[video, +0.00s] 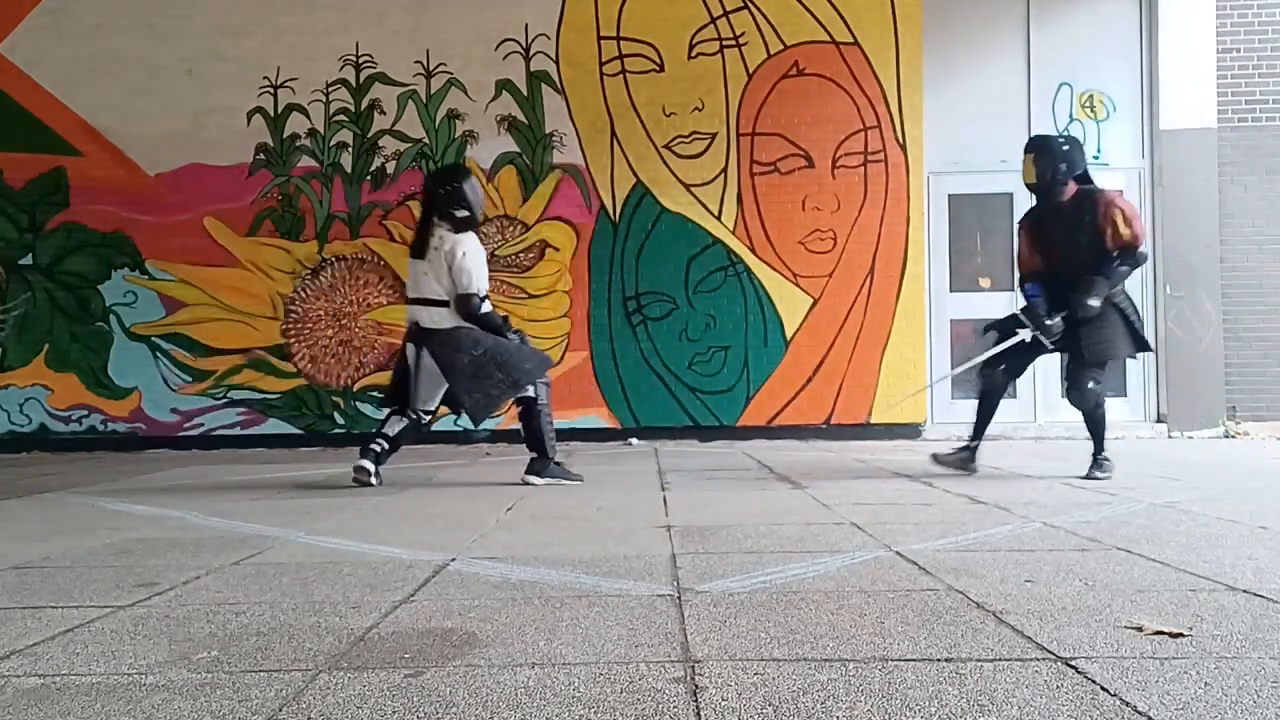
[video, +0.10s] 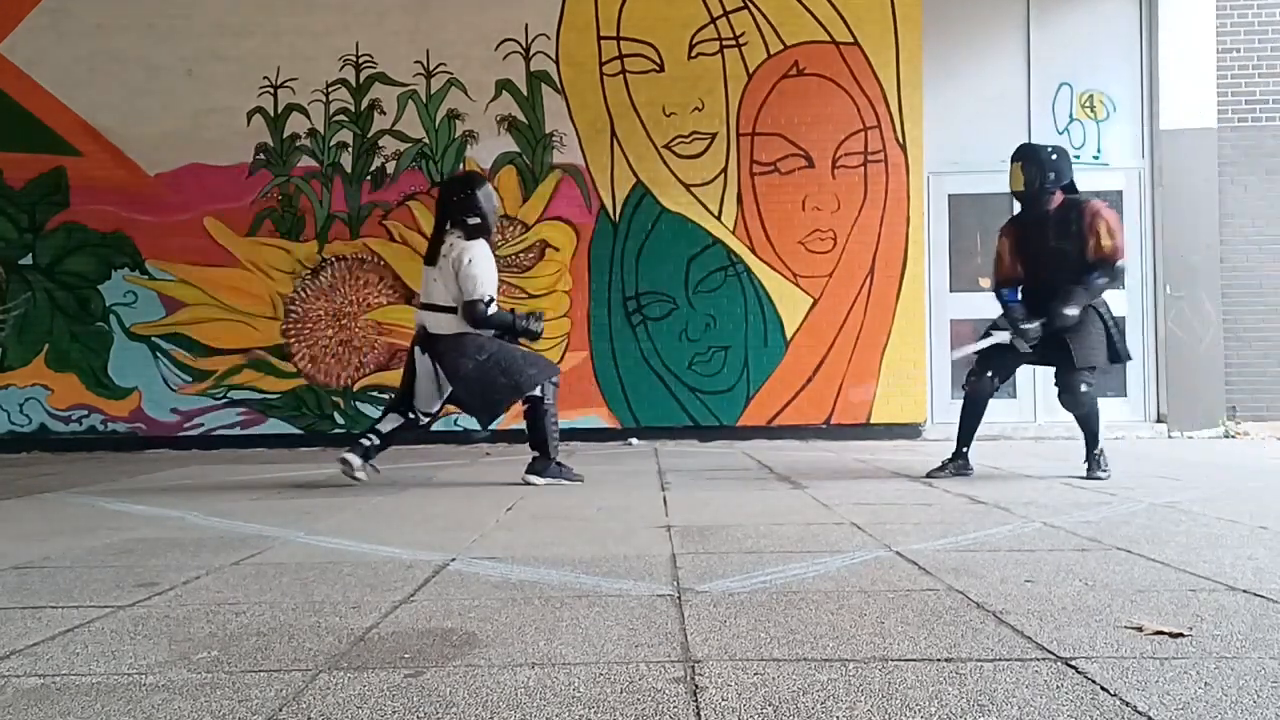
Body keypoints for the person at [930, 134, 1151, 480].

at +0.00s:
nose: (1033, 177)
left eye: (1040, 168)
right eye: (1031, 169)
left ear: (1065, 169)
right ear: (1033, 172)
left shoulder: (1107, 206)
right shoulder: (1032, 223)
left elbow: (1134, 253)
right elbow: (1031, 277)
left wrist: (1098, 289)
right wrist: (1039, 312)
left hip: (1095, 308)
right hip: (1051, 309)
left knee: (1083, 386)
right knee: (996, 369)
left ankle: (1100, 457)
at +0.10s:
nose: (1020, 184)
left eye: (1028, 175)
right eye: (1019, 176)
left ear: (1052, 178)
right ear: (1018, 179)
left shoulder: (1093, 215)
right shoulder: (1014, 229)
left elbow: (1108, 271)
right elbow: (1006, 287)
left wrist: (1075, 301)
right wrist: (1019, 322)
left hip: (1079, 312)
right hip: (1031, 313)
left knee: (1076, 389)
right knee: (982, 375)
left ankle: (1094, 453)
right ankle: (960, 456)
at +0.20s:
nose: (1013, 192)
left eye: (1020, 182)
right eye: (1012, 183)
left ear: (1047, 185)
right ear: (1011, 187)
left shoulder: (1082, 220)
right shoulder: (1007, 234)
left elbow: (1090, 281)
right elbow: (995, 284)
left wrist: (1042, 305)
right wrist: (984, 307)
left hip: (1079, 313)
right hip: (1032, 316)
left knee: (1087, 385)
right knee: (977, 377)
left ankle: (1118, 434)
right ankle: (961, 457)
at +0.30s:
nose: (1011, 184)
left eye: (1018, 175)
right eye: (1011, 176)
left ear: (1045, 180)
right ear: (1032, 181)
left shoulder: (1083, 219)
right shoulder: (1012, 234)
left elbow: (1087, 279)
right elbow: (1005, 284)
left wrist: (1030, 304)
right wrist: (982, 293)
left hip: (1085, 316)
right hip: (1038, 317)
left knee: (1115, 398)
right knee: (984, 376)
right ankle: (962, 457)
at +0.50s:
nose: (1026, 173)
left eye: (1034, 165)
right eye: (1026, 165)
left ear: (1060, 169)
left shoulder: (1095, 209)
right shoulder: (1031, 226)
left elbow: (1098, 270)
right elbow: (1031, 281)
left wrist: (1041, 300)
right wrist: (1006, 281)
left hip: (1094, 315)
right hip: (1049, 317)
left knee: (1125, 397)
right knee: (992, 371)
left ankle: (1180, 462)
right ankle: (970, 456)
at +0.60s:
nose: (1021, 172)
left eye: (1028, 164)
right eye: (1021, 164)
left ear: (1054, 167)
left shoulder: (1089, 209)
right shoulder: (1027, 227)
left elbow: (1091, 271)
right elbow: (1027, 283)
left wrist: (1033, 299)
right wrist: (998, 278)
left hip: (1090, 316)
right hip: (1044, 318)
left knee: (1122, 398)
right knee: (986, 371)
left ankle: (1180, 461)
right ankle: (973, 457)